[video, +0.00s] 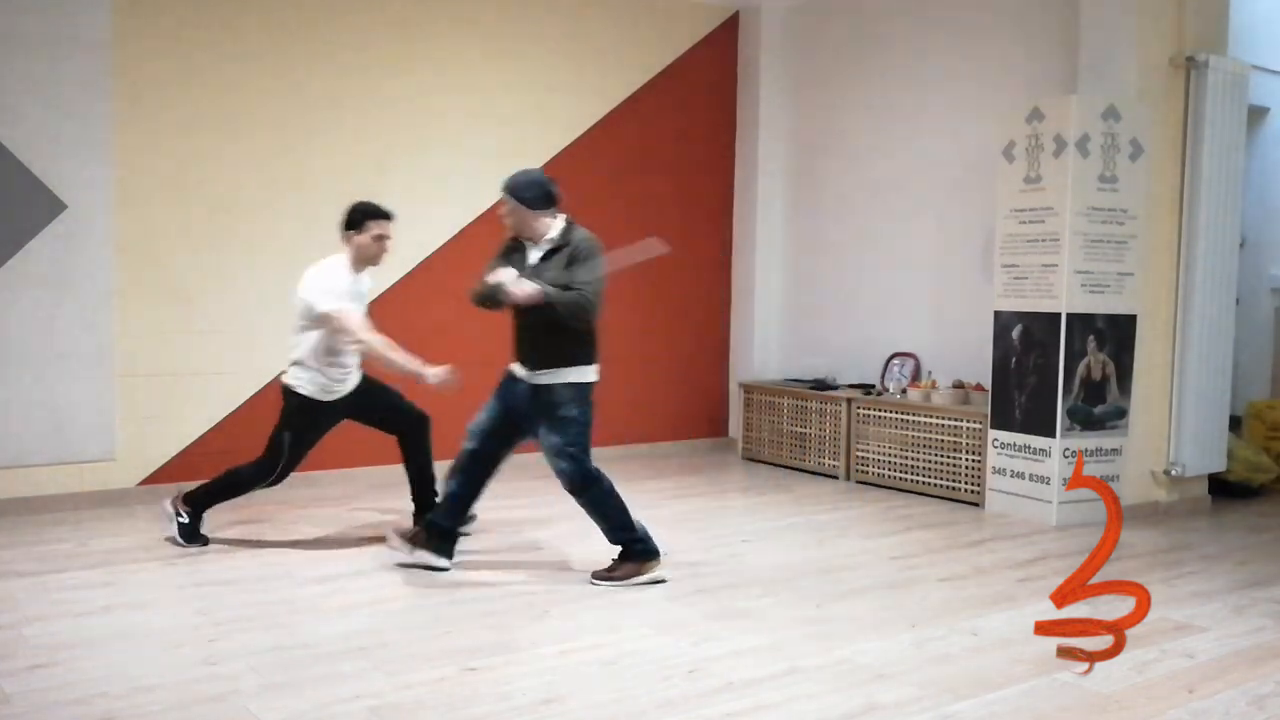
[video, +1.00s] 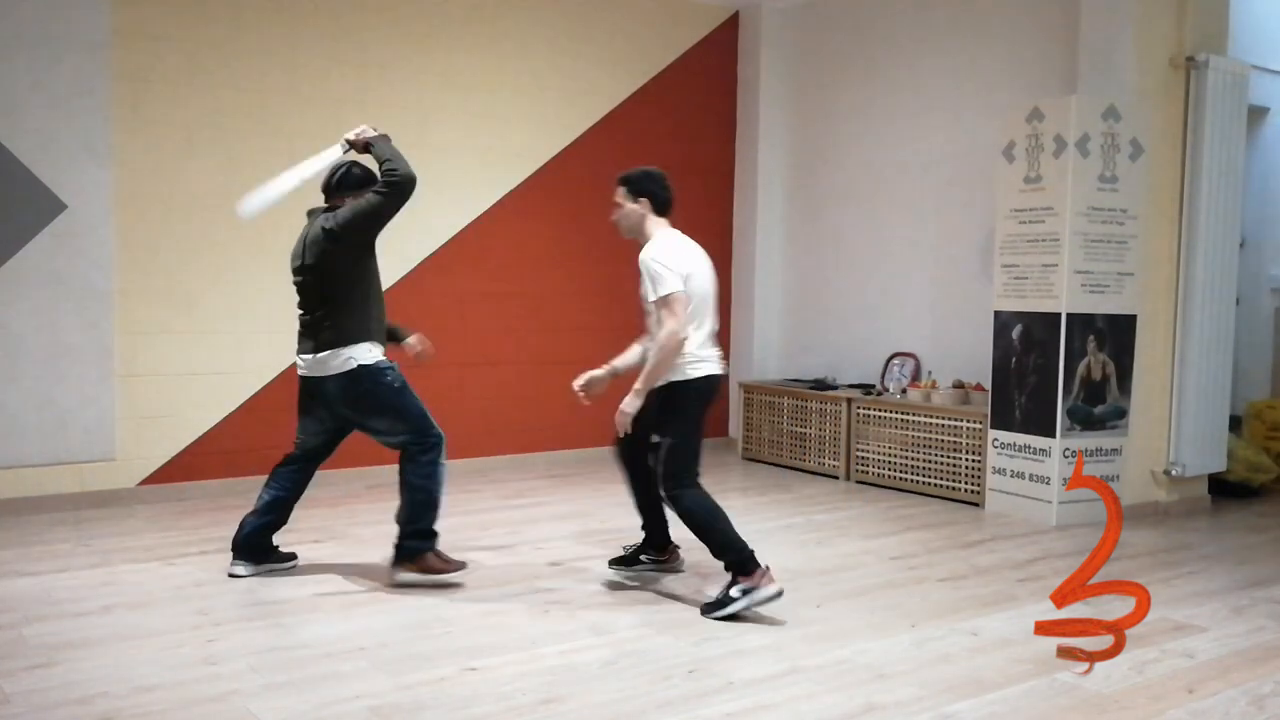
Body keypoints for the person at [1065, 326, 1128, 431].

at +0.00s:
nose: (1088, 345)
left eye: (1091, 342)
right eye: (1088, 342)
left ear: (1098, 344)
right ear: (1087, 344)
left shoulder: (1108, 365)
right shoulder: (1084, 364)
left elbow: (1114, 392)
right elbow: (1076, 390)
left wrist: (1106, 407)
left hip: (1103, 406)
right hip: (1086, 406)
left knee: (1122, 411)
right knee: (1071, 410)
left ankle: (1086, 425)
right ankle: (1099, 425)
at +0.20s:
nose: (1088, 345)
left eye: (1091, 342)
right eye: (1088, 342)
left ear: (1098, 344)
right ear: (1087, 344)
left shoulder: (1108, 365)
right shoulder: (1084, 364)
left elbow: (1114, 392)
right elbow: (1076, 390)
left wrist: (1106, 407)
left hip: (1103, 406)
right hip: (1086, 406)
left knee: (1122, 411)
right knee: (1071, 410)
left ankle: (1086, 425)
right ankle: (1099, 425)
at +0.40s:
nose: (1088, 345)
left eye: (1091, 342)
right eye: (1088, 342)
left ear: (1098, 344)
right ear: (1087, 344)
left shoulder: (1108, 365)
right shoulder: (1084, 364)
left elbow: (1114, 392)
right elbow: (1076, 390)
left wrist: (1106, 407)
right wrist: (1071, 408)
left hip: (1103, 406)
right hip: (1086, 406)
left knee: (1122, 411)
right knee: (1071, 410)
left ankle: (1086, 425)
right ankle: (1099, 425)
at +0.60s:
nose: (1088, 345)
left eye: (1091, 341)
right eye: (1088, 342)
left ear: (1099, 344)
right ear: (1087, 344)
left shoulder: (1108, 365)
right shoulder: (1083, 365)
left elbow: (1114, 391)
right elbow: (1076, 391)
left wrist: (1107, 407)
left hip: (1103, 406)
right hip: (1086, 406)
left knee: (1122, 411)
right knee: (1071, 410)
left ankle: (1086, 425)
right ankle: (1100, 425)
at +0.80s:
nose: (1088, 345)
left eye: (1091, 342)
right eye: (1088, 342)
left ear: (1099, 344)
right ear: (1087, 345)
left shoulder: (1108, 364)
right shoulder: (1084, 365)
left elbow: (1114, 391)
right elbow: (1076, 390)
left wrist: (1107, 407)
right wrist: (1070, 409)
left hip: (1103, 406)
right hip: (1086, 405)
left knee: (1121, 411)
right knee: (1071, 410)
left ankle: (1085, 425)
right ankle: (1100, 425)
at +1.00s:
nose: (1088, 345)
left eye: (1091, 342)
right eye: (1088, 342)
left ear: (1098, 344)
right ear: (1087, 344)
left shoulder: (1108, 364)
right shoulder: (1084, 365)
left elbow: (1114, 391)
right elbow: (1076, 390)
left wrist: (1108, 407)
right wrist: (1070, 409)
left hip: (1103, 406)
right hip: (1086, 406)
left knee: (1121, 411)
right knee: (1071, 410)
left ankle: (1085, 425)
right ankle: (1100, 425)